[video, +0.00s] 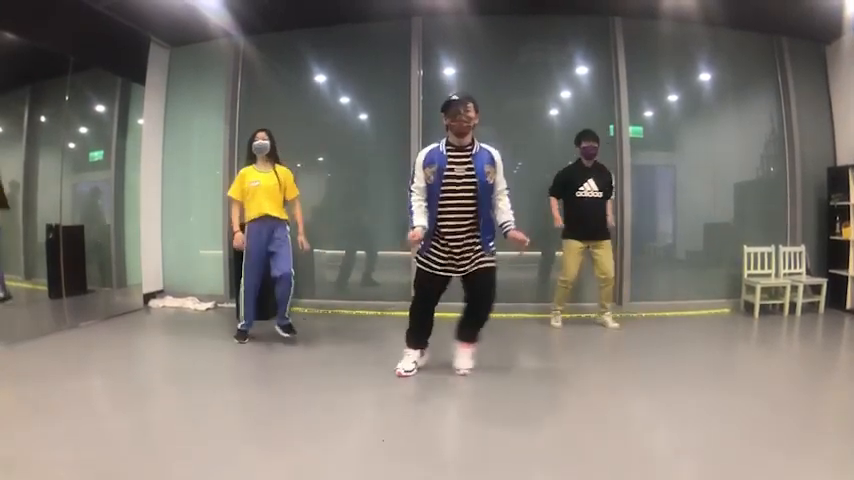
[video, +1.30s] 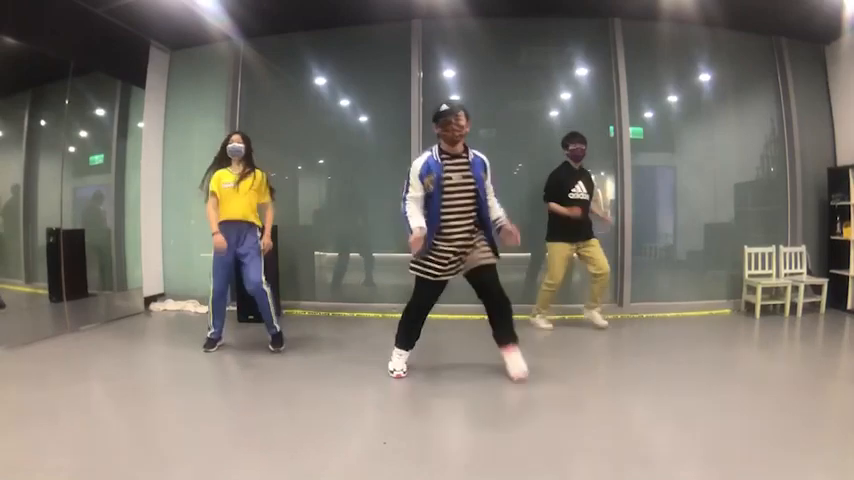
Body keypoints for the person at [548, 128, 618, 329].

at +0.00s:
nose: (590, 151)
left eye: (593, 147)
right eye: (586, 147)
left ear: (598, 149)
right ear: (578, 148)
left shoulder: (605, 173)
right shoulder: (567, 173)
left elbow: (608, 198)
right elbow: (553, 195)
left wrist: (609, 217)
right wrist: (557, 218)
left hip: (600, 234)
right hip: (574, 235)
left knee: (608, 275)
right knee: (568, 277)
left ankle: (605, 312)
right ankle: (557, 310)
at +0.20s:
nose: (601, 154)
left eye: (604, 150)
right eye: (596, 150)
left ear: (608, 152)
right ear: (588, 152)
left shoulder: (605, 177)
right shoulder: (581, 173)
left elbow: (600, 208)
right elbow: (568, 201)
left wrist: (609, 228)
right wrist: (579, 226)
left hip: (599, 238)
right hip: (577, 237)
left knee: (609, 276)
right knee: (566, 279)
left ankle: (603, 315)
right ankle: (545, 311)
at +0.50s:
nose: (606, 154)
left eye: (609, 151)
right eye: (601, 151)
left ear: (613, 152)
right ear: (594, 153)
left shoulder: (616, 179)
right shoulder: (585, 175)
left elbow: (623, 199)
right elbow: (572, 201)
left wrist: (627, 211)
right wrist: (580, 225)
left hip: (606, 238)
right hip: (582, 238)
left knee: (612, 278)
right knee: (571, 280)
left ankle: (603, 315)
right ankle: (554, 312)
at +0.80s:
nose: (586, 155)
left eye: (589, 151)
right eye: (582, 152)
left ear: (596, 152)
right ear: (576, 154)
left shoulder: (604, 176)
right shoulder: (573, 178)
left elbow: (621, 200)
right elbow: (568, 203)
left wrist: (605, 212)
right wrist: (558, 222)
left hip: (601, 242)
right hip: (575, 239)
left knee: (608, 283)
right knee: (561, 276)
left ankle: (618, 315)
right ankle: (558, 315)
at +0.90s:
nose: (575, 164)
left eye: (579, 160)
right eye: (572, 161)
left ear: (586, 162)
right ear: (567, 163)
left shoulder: (593, 186)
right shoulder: (568, 187)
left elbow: (603, 215)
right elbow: (564, 215)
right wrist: (552, 236)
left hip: (597, 247)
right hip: (574, 245)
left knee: (605, 287)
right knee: (555, 279)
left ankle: (622, 316)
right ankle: (555, 317)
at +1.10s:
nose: (569, 152)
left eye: (573, 149)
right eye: (565, 149)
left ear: (578, 150)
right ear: (559, 150)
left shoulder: (587, 174)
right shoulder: (553, 177)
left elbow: (599, 200)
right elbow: (548, 199)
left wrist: (588, 216)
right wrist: (548, 211)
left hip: (588, 237)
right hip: (561, 237)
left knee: (598, 277)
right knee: (554, 279)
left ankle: (601, 308)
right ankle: (554, 316)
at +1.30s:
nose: (578, 151)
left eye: (581, 147)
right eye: (573, 147)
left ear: (586, 150)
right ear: (566, 150)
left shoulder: (586, 175)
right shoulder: (558, 174)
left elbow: (588, 202)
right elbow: (550, 203)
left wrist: (601, 214)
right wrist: (568, 211)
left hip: (584, 237)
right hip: (560, 238)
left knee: (602, 270)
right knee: (554, 278)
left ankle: (592, 309)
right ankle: (539, 314)